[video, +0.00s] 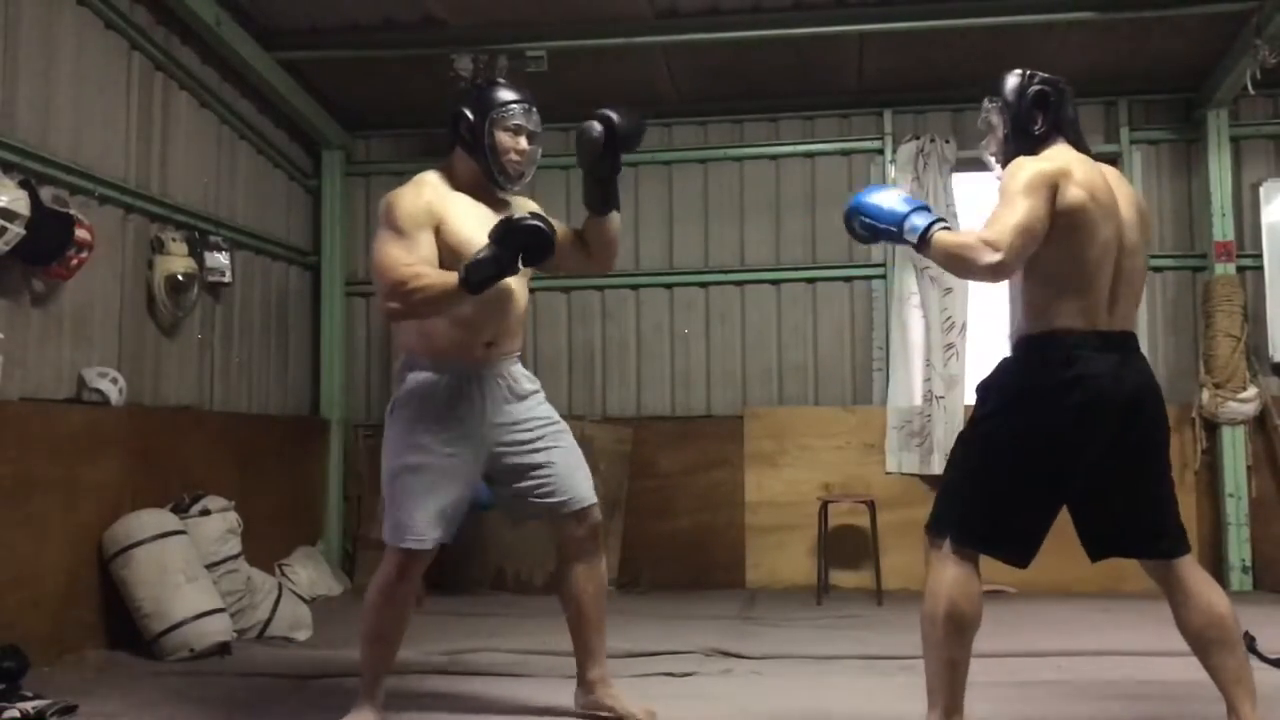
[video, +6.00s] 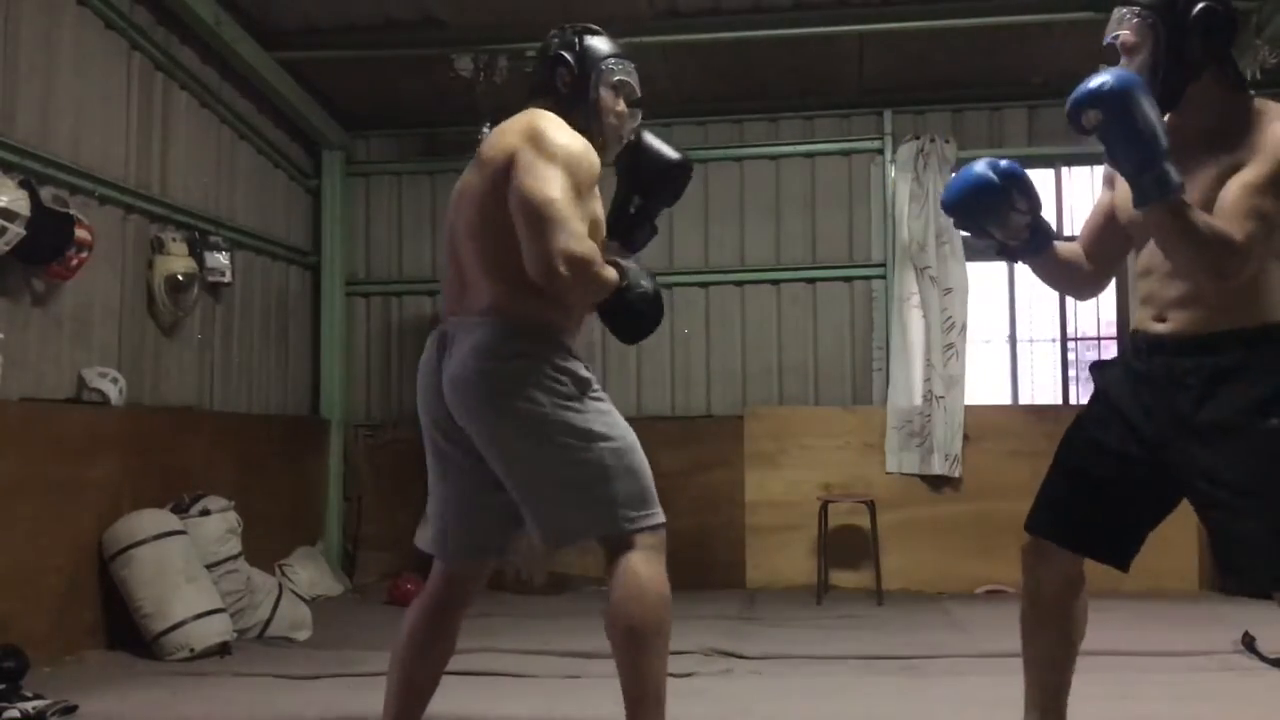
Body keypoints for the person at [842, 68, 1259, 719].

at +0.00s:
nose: (987, 142)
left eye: (991, 125)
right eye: (986, 127)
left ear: (1025, 122)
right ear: (1062, 120)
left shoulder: (1034, 170)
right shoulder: (1125, 187)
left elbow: (992, 257)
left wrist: (914, 223)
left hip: (1044, 384)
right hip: (1128, 385)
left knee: (953, 543)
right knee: (1174, 561)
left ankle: (943, 713)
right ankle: (1247, 709)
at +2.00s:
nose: (1049, 139)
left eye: (1059, 122)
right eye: (1046, 126)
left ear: (1106, 119)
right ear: (1118, 125)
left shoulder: (1141, 181)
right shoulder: (1174, 183)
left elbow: (1109, 305)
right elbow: (1134, 290)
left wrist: (1023, 260)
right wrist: (1057, 244)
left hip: (1161, 390)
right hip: (1218, 390)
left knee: (1037, 548)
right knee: (1239, 571)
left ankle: (1030, 713)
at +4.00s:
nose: (1006, 118)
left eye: (1015, 101)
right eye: (1006, 102)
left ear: (1065, 102)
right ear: (1070, 105)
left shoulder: (1159, 170)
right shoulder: (1050, 185)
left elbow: (1048, 274)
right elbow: (1024, 274)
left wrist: (980, 201)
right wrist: (963, 291)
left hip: (1188, 381)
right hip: (1101, 382)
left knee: (1216, 574)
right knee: (1013, 543)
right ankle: (1017, 713)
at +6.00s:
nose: (1111, 52)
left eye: (1127, 34)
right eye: (1112, 39)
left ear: (1185, 39)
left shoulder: (1267, 131)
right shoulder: (1139, 150)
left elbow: (1228, 263)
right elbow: (1083, 274)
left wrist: (1149, 172)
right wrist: (1029, 239)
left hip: (1244, 384)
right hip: (1140, 384)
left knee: (1273, 583)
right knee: (1049, 548)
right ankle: (1043, 715)